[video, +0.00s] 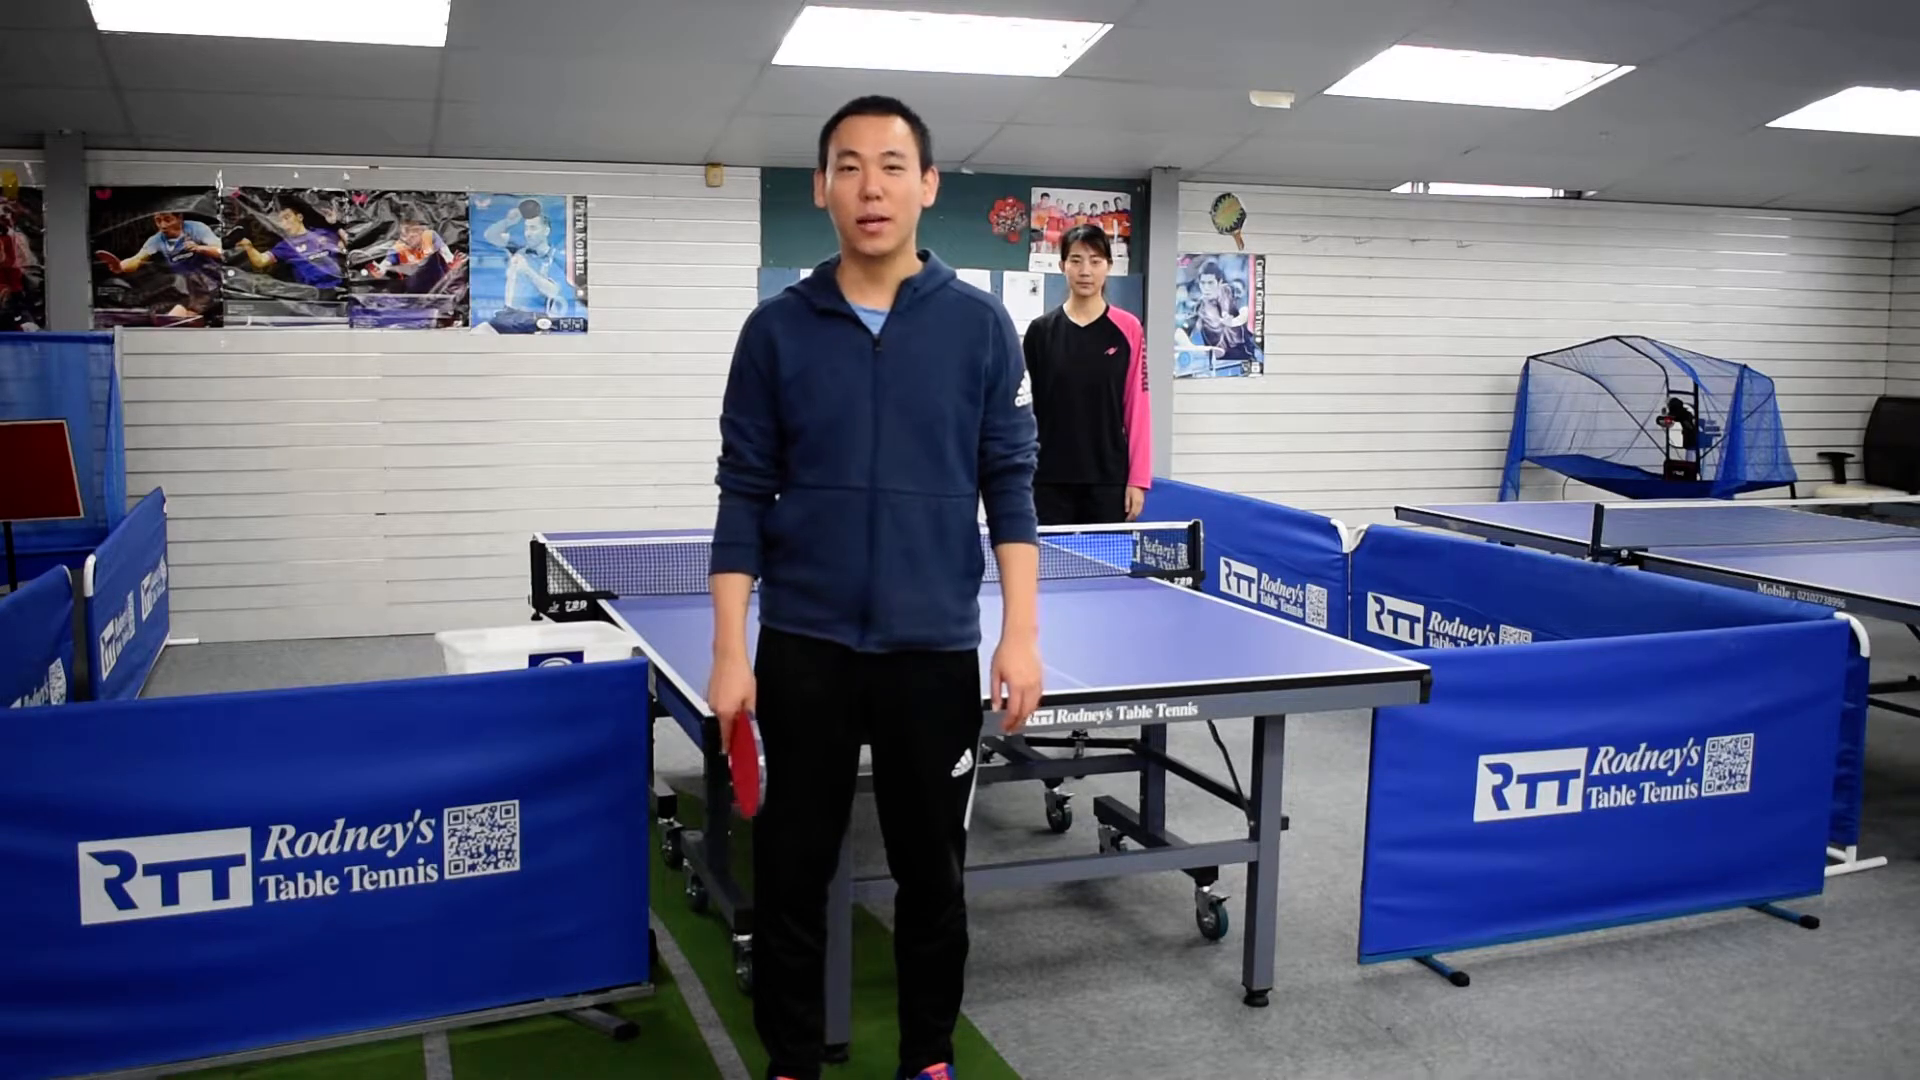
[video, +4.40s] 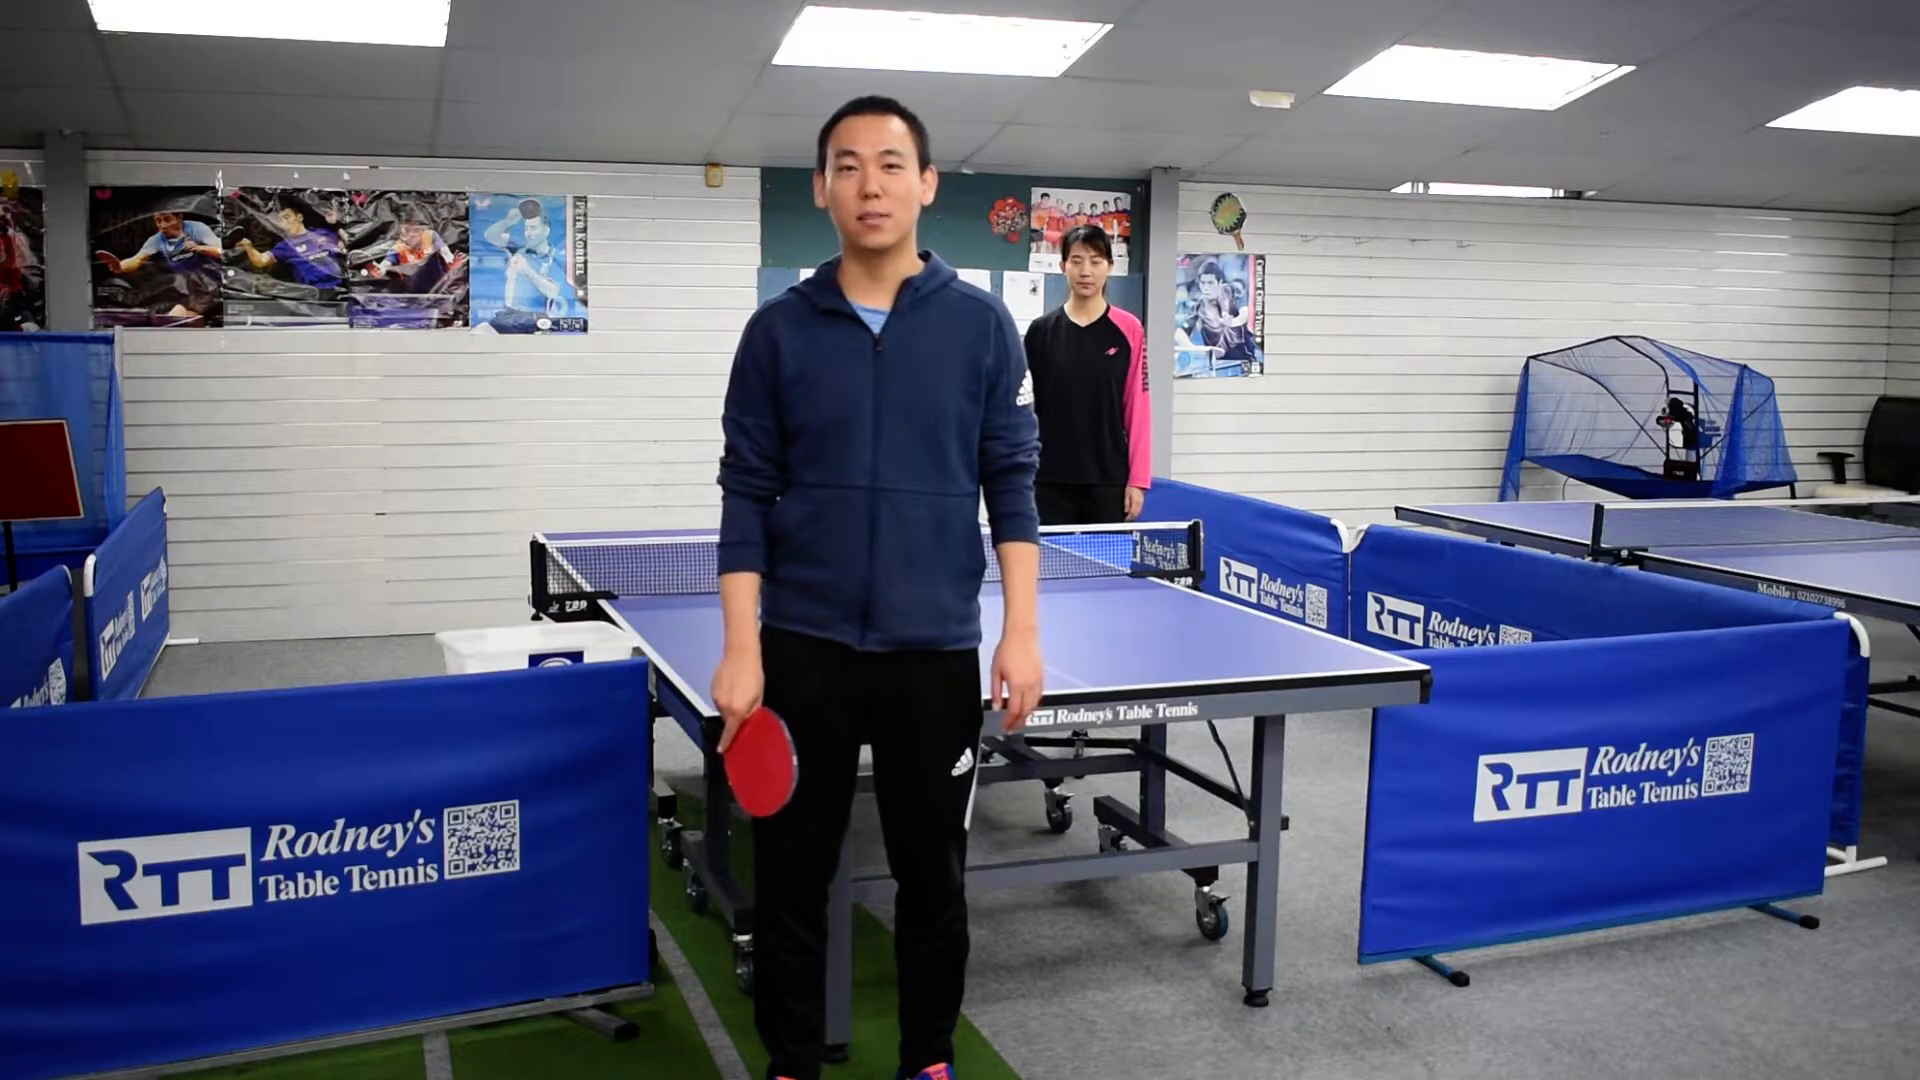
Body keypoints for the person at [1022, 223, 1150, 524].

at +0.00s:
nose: (1085, 271)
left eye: (1095, 262)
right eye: (1076, 261)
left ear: (1108, 268)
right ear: (1063, 266)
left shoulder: (1128, 329)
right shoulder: (1040, 331)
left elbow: (1137, 407)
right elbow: (1023, 405)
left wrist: (1138, 479)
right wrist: (1021, 478)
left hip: (1108, 482)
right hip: (1050, 481)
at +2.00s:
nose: (1085, 271)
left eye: (1095, 262)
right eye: (1076, 261)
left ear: (1108, 268)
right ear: (1063, 267)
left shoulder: (1128, 330)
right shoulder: (1040, 331)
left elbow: (1136, 407)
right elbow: (1023, 404)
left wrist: (1138, 478)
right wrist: (1020, 476)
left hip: (1107, 482)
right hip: (1049, 480)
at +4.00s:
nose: (1086, 271)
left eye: (1096, 262)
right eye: (1076, 261)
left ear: (1109, 268)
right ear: (1064, 267)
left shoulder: (1128, 329)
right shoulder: (1040, 331)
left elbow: (1137, 406)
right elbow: (1024, 406)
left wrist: (1138, 479)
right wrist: (1023, 477)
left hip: (1108, 482)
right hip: (1052, 480)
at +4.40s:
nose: (1086, 272)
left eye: (1096, 262)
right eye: (1076, 261)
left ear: (1109, 268)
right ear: (1064, 266)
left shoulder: (1129, 329)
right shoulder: (1040, 331)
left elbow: (1137, 407)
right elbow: (1023, 405)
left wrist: (1138, 479)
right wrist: (1021, 477)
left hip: (1108, 483)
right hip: (1050, 481)